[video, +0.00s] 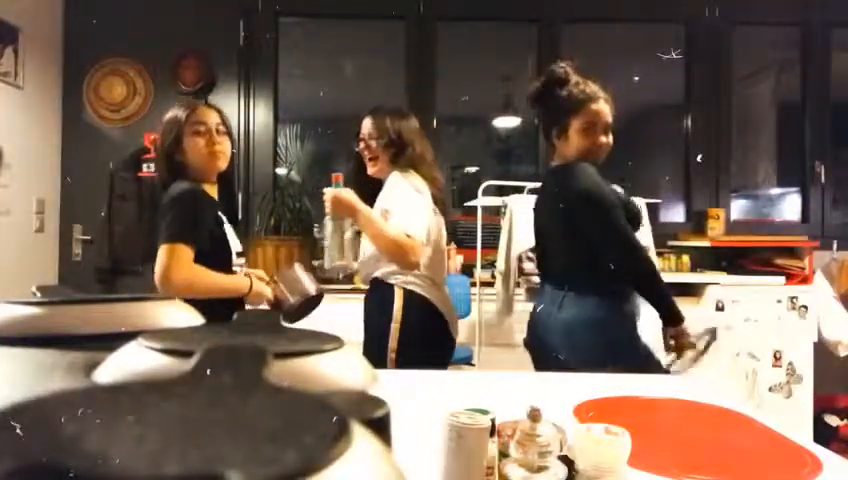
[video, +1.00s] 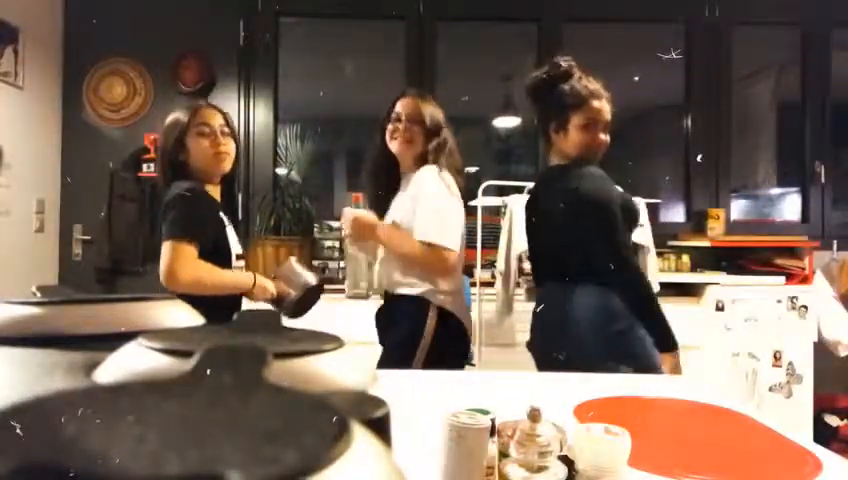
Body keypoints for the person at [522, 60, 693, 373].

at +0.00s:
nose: (602, 140)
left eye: (607, 130)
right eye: (589, 130)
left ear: (612, 131)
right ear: (558, 135)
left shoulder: (550, 184)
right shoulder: (587, 185)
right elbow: (631, 260)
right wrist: (672, 318)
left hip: (549, 311)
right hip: (595, 324)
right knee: (663, 397)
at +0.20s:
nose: (600, 132)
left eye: (604, 122)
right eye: (586, 122)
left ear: (610, 123)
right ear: (556, 127)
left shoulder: (547, 181)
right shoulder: (589, 177)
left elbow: (548, 263)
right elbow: (631, 251)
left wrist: (550, 326)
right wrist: (673, 314)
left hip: (562, 300)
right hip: (609, 303)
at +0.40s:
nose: (605, 136)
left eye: (608, 127)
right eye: (591, 127)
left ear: (613, 127)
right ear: (559, 132)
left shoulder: (552, 181)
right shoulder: (589, 180)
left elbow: (551, 262)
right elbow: (632, 256)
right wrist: (670, 320)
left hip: (565, 304)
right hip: (610, 309)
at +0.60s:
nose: (606, 132)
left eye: (611, 122)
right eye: (593, 121)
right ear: (561, 124)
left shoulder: (547, 179)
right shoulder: (593, 171)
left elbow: (549, 262)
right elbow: (637, 250)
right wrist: (678, 315)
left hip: (565, 301)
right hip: (614, 303)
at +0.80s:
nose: (607, 139)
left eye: (611, 130)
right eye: (594, 128)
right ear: (561, 131)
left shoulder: (543, 190)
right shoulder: (597, 179)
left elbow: (555, 272)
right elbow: (629, 269)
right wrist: (665, 345)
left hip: (555, 318)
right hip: (606, 323)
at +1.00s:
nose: (603, 137)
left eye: (606, 127)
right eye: (590, 126)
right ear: (556, 131)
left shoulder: (540, 190)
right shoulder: (595, 185)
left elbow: (543, 273)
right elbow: (624, 272)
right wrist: (667, 344)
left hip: (553, 321)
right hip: (605, 323)